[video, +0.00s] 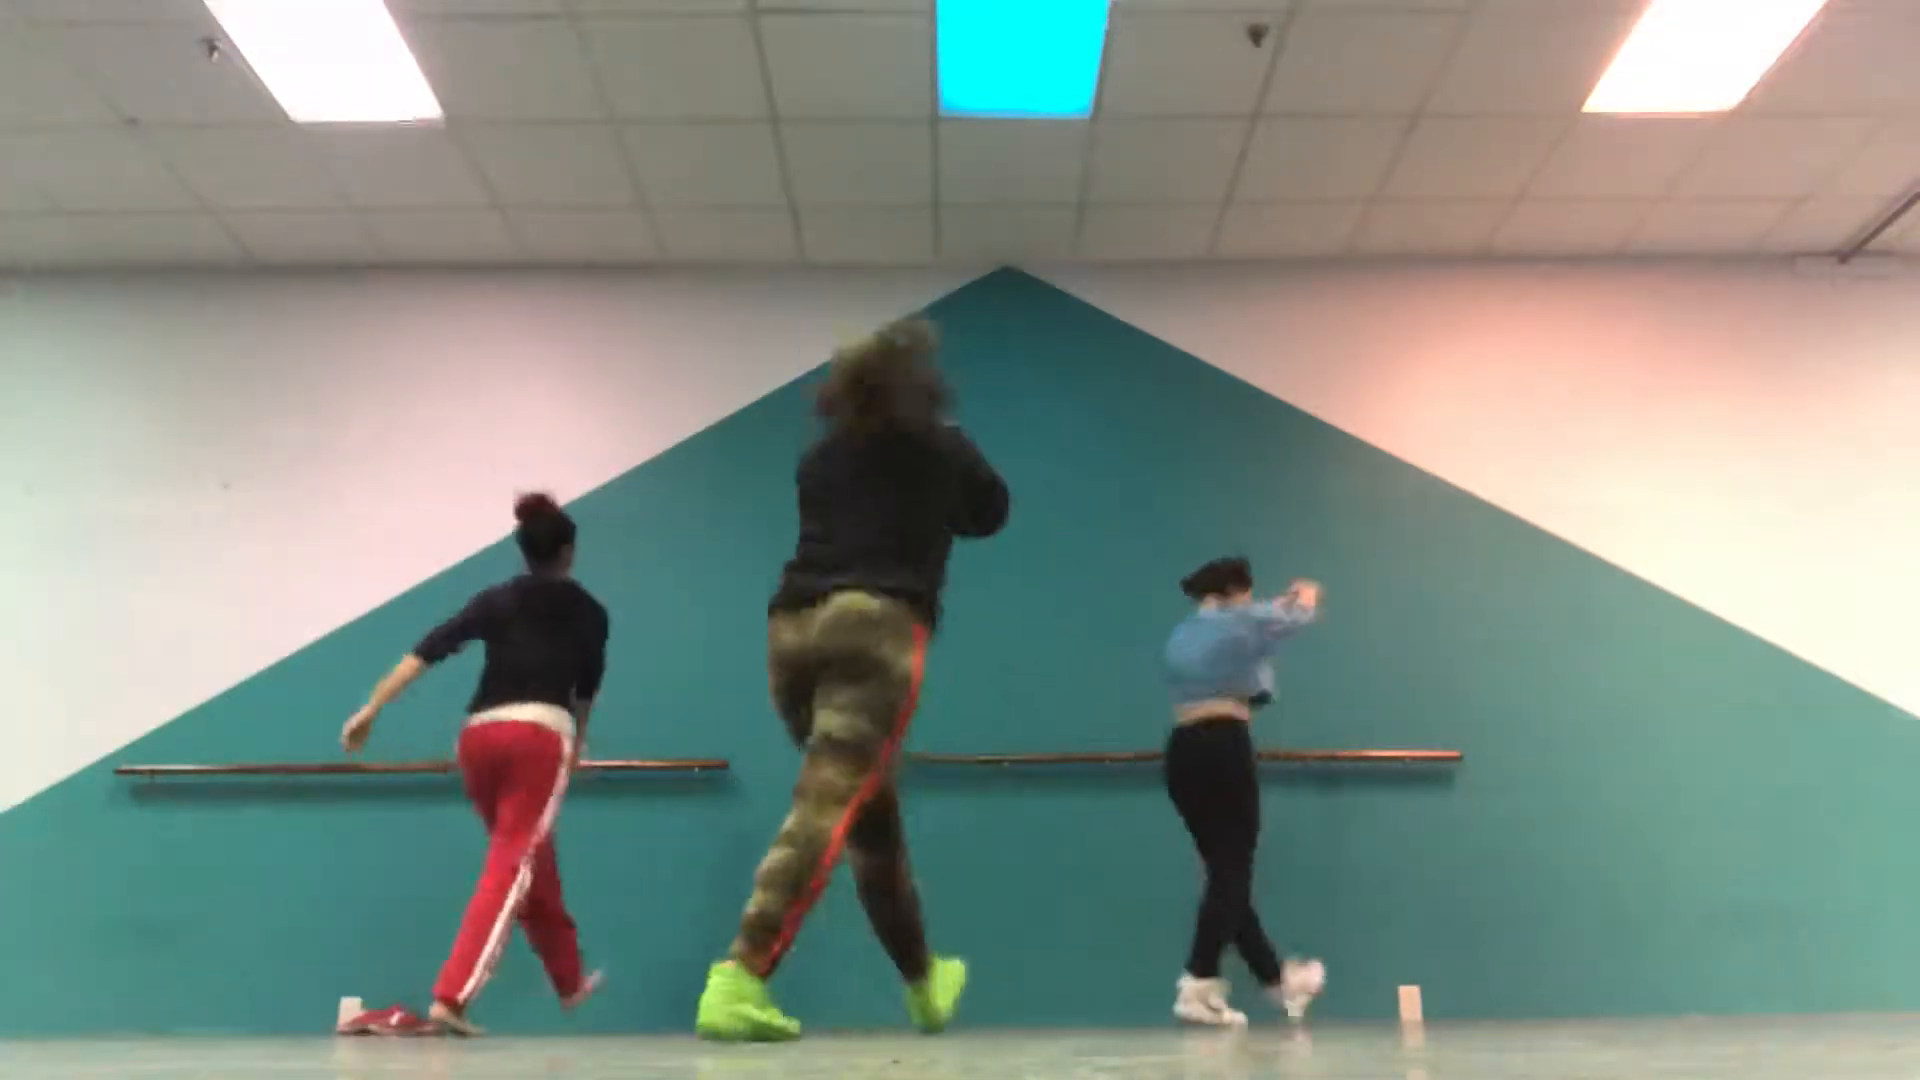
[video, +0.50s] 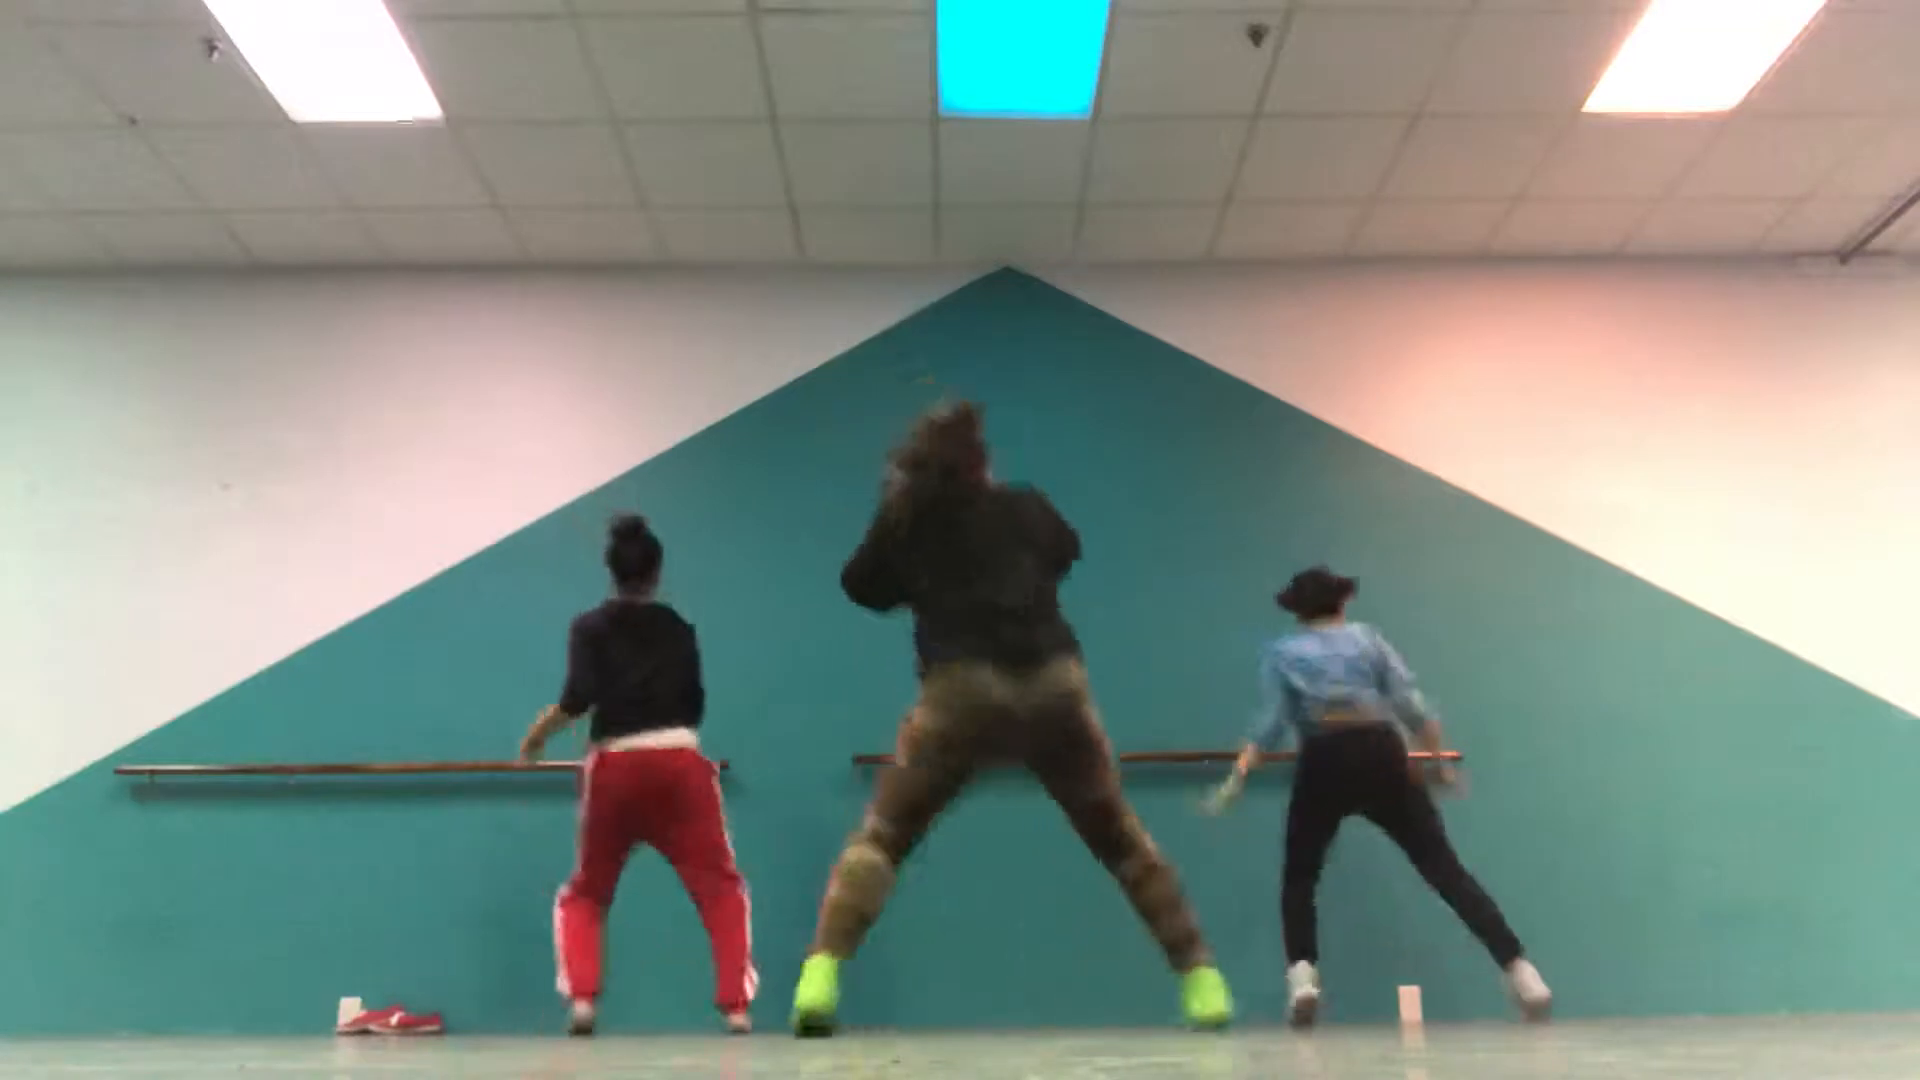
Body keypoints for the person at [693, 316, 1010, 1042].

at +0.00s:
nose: (936, 381)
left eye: (931, 368)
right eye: (928, 371)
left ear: (849, 387)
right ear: (911, 384)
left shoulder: (819, 454)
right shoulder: (937, 447)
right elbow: (989, 513)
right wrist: (919, 488)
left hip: (791, 624)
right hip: (877, 622)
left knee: (871, 814)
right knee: (822, 806)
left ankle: (923, 984)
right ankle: (739, 979)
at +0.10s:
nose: (857, 399)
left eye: (848, 387)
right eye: (882, 380)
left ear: (837, 391)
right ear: (899, 384)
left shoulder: (819, 458)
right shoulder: (944, 437)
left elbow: (819, 533)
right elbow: (996, 520)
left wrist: (881, 519)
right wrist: (926, 524)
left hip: (819, 620)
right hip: (905, 620)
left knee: (878, 794)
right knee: (873, 795)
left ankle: (917, 977)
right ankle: (769, 948)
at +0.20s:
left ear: (848, 414)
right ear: (908, 408)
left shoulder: (832, 471)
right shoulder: (955, 455)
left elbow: (813, 561)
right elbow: (1016, 528)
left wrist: (861, 587)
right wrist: (953, 535)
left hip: (863, 657)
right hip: (952, 653)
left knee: (885, 827)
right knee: (994, 814)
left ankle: (873, 988)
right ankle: (906, 903)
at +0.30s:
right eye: (915, 407)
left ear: (866, 417)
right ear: (928, 410)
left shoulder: (856, 469)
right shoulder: (975, 450)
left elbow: (822, 556)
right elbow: (1033, 511)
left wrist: (884, 548)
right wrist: (973, 535)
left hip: (892, 649)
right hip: (985, 643)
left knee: (884, 820)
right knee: (1042, 802)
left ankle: (874, 979)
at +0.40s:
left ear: (891, 425)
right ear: (952, 417)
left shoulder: (879, 475)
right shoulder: (998, 455)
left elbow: (846, 559)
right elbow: (1049, 518)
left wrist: (902, 524)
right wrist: (990, 530)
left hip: (927, 653)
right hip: (1023, 648)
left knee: (873, 805)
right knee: (1082, 801)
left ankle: (854, 955)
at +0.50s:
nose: (979, 467)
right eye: (977, 457)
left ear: (924, 465)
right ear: (981, 460)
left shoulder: (911, 519)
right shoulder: (1022, 506)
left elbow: (866, 587)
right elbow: (1064, 548)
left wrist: (898, 510)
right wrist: (1010, 564)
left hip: (959, 698)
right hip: (1055, 693)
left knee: (885, 834)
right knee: (1118, 835)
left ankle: (823, 968)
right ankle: (1198, 974)